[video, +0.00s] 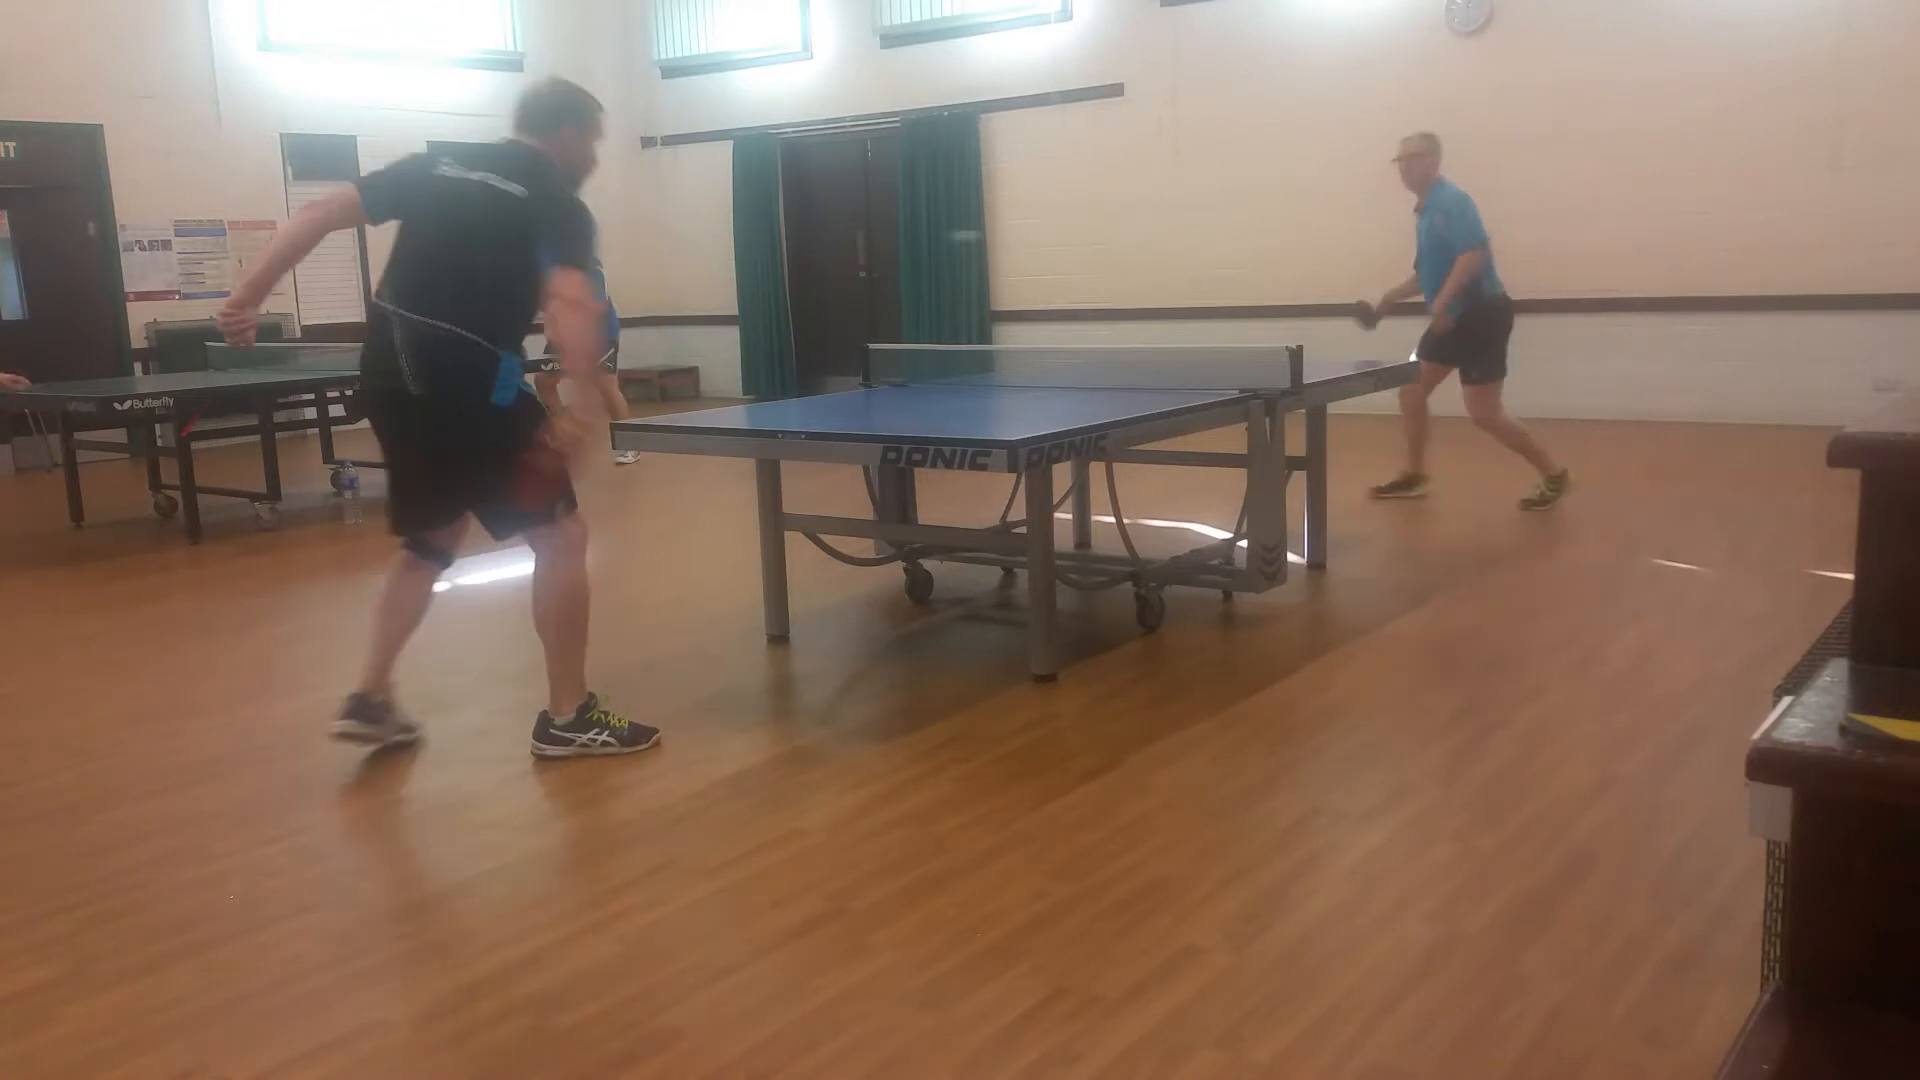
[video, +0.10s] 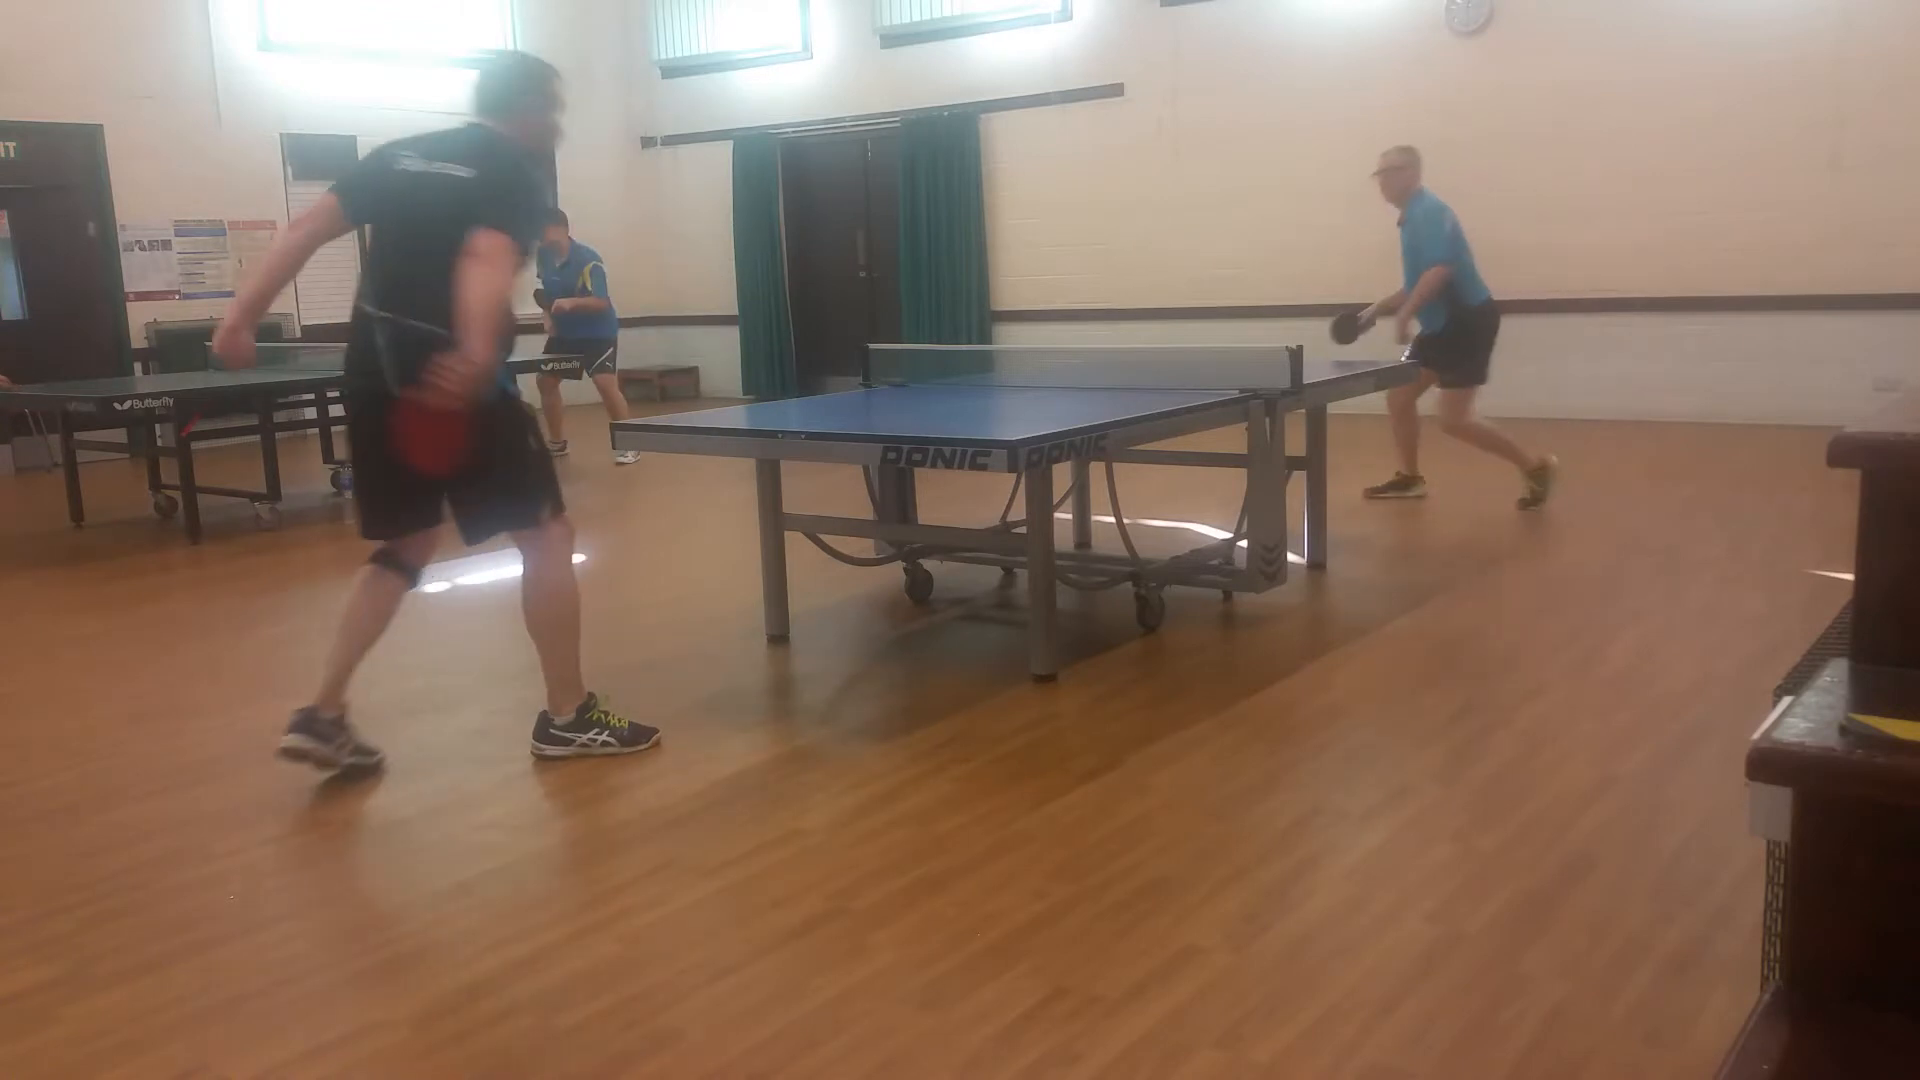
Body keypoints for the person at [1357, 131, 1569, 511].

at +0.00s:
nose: (1403, 168)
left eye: (1411, 160)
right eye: (1401, 161)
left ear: (1432, 162)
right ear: (1403, 165)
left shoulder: (1453, 201)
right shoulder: (1428, 208)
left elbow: (1473, 256)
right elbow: (1427, 272)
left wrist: (1440, 306)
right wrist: (1388, 298)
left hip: (1484, 312)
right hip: (1454, 315)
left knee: (1484, 412)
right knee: (1412, 389)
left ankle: (1554, 475)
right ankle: (1414, 474)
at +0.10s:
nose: (1379, 183)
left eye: (1385, 175)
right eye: (1378, 176)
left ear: (1408, 174)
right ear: (1398, 177)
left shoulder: (1428, 212)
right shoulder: (1411, 216)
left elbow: (1440, 270)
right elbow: (1417, 282)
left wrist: (1405, 315)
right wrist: (1377, 310)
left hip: (1471, 318)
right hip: (1443, 320)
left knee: (1454, 421)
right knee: (1400, 393)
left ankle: (1535, 468)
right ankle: (1408, 477)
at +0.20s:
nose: (1361, 191)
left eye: (1367, 183)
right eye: (1360, 184)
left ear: (1390, 181)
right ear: (1384, 185)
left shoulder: (1411, 216)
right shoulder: (1399, 220)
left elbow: (1416, 277)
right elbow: (1409, 281)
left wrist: (1380, 315)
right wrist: (1375, 309)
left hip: (1461, 316)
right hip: (1439, 319)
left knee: (1418, 408)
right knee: (1393, 394)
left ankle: (1499, 468)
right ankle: (1409, 476)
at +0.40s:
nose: (1337, 214)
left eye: (1342, 206)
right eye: (1337, 207)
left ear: (1362, 203)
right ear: (1370, 204)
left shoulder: (1377, 233)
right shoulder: (1392, 230)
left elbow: (1362, 293)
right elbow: (1397, 296)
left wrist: (1332, 323)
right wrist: (1358, 309)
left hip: (1430, 330)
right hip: (1423, 328)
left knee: (1406, 424)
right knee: (1358, 383)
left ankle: (1480, 491)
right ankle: (1380, 464)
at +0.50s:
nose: (1322, 227)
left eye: (1323, 218)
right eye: (1320, 219)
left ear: (1340, 214)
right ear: (1355, 212)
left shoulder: (1352, 239)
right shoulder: (1379, 236)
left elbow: (1328, 296)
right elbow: (1381, 295)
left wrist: (1298, 322)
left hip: (1406, 336)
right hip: (1423, 331)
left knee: (1402, 426)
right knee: (1349, 390)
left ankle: (1475, 488)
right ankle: (1330, 462)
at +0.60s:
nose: (1301, 238)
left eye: (1302, 229)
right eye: (1300, 230)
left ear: (1316, 224)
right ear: (1331, 222)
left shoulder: (1326, 246)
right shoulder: (1355, 245)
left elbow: (1292, 297)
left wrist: (1258, 321)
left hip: (1379, 337)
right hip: (1395, 334)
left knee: (1394, 421)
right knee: (1330, 404)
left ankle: (1463, 479)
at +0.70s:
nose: (1280, 253)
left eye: (1281, 248)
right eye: (1280, 249)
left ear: (1290, 241)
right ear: (1311, 237)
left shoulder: (1295, 258)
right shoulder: (1337, 260)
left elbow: (1256, 303)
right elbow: (1364, 300)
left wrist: (1229, 324)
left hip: (1355, 339)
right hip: (1380, 334)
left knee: (1381, 420)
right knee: (1302, 390)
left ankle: (1444, 475)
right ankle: (1296, 462)